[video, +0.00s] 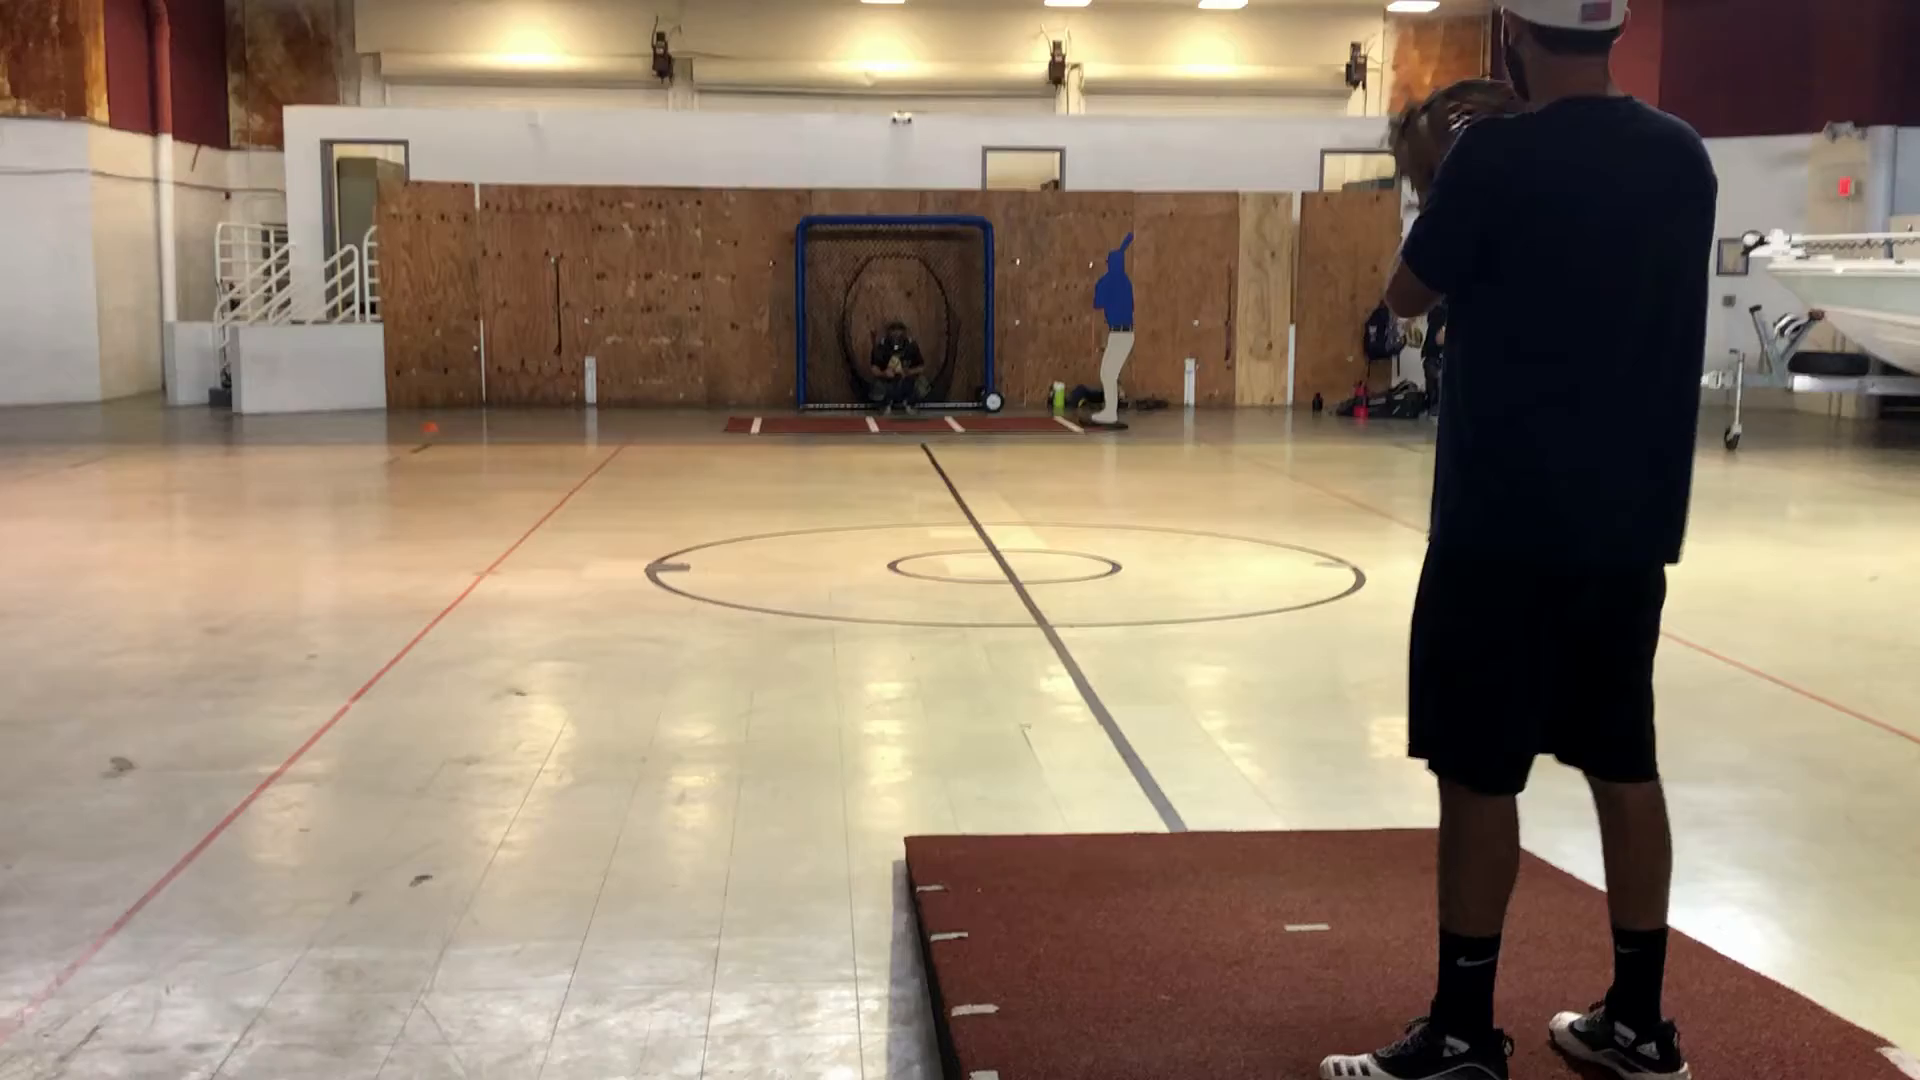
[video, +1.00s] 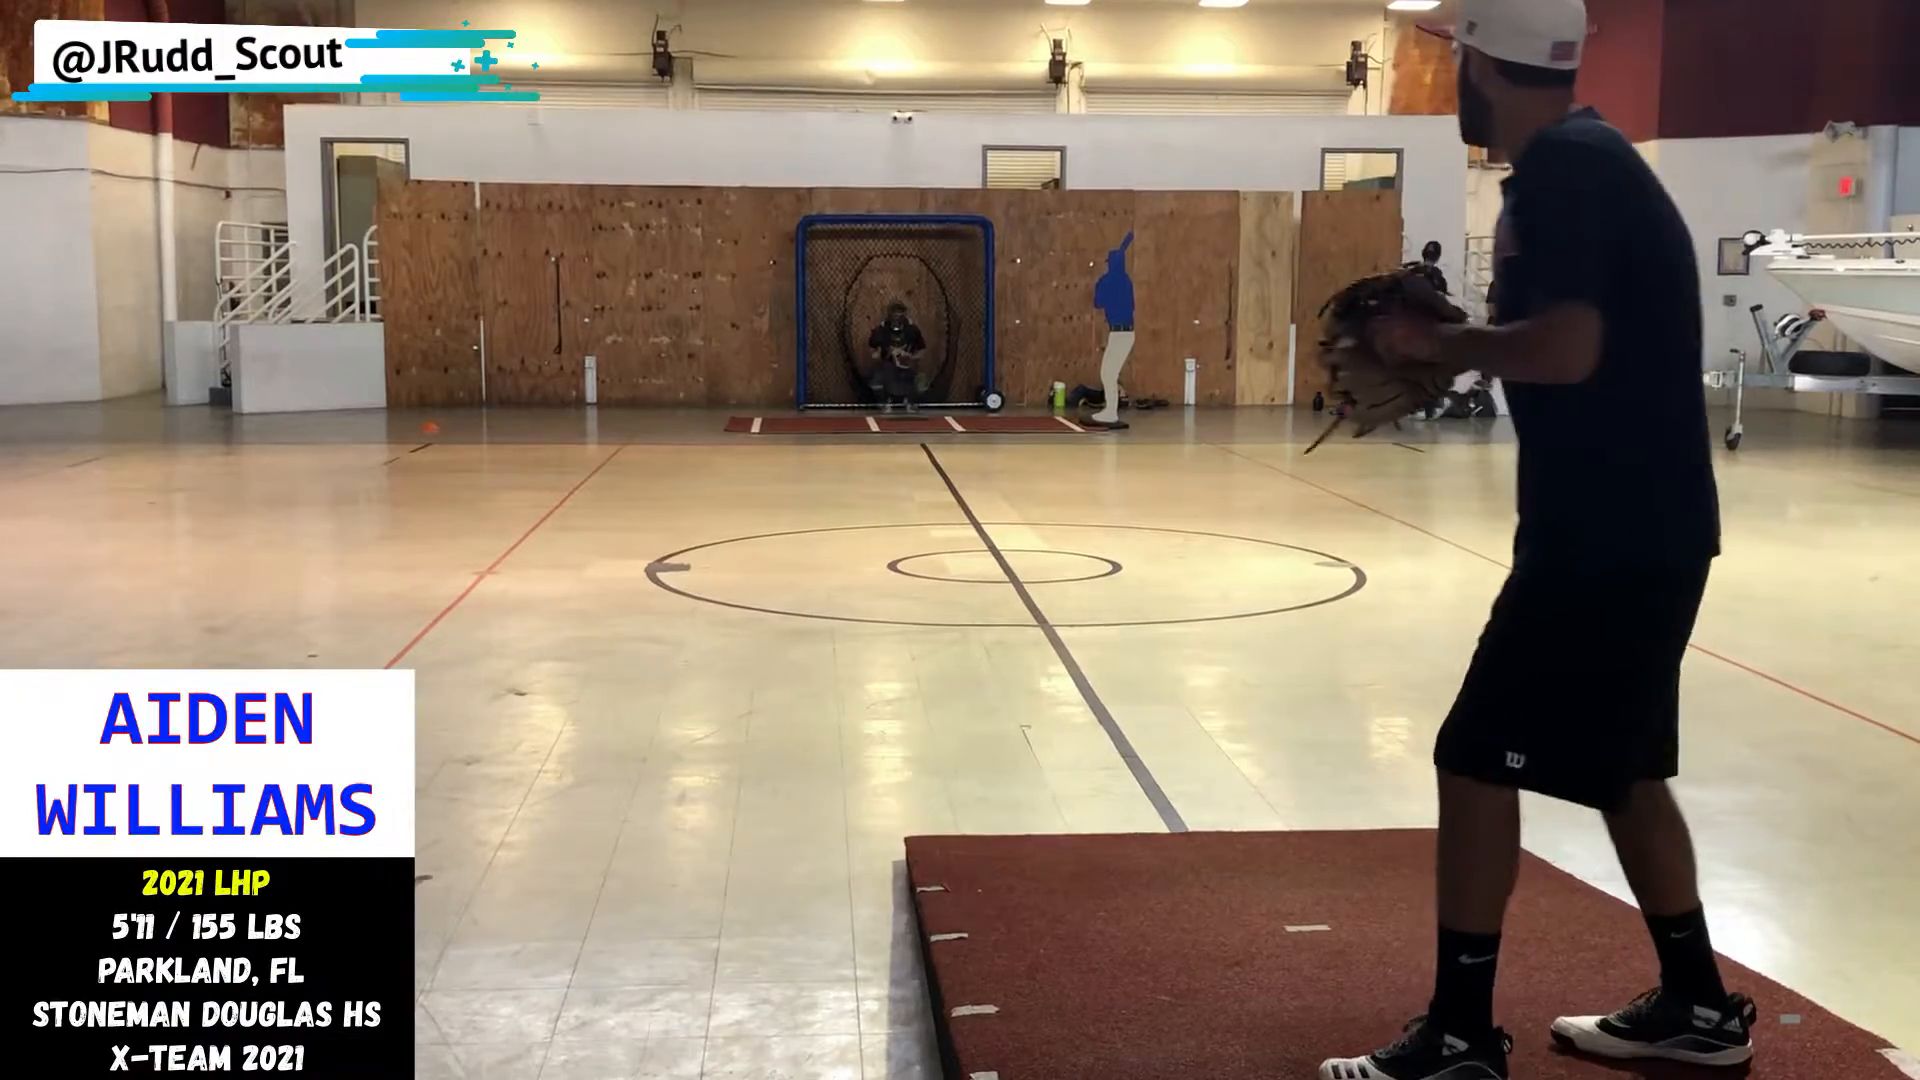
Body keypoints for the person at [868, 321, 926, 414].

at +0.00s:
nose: (897, 337)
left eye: (900, 333)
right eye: (893, 333)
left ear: (904, 334)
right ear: (889, 334)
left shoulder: (911, 346)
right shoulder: (881, 347)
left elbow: (920, 367)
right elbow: (874, 368)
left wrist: (907, 372)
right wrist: (884, 373)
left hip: (906, 380)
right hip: (888, 380)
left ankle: (909, 403)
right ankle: (887, 405)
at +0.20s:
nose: (897, 338)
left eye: (900, 335)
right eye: (894, 335)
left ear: (905, 335)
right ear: (888, 335)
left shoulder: (912, 346)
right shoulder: (881, 347)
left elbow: (921, 367)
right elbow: (874, 369)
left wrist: (907, 372)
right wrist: (885, 373)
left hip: (906, 381)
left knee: (922, 381)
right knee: (878, 383)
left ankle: (909, 403)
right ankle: (887, 405)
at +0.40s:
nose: (897, 338)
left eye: (900, 335)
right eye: (894, 335)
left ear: (905, 334)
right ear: (888, 335)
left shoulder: (912, 345)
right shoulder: (881, 347)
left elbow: (921, 367)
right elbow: (874, 369)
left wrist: (907, 371)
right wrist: (885, 373)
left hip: (906, 382)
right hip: (888, 382)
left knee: (923, 382)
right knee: (878, 383)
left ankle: (909, 403)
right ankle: (887, 405)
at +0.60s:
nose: (897, 338)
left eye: (900, 335)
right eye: (894, 335)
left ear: (905, 334)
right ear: (889, 334)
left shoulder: (912, 345)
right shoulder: (881, 347)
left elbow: (921, 367)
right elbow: (874, 368)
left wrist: (907, 371)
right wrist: (884, 373)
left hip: (906, 380)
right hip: (888, 381)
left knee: (923, 382)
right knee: (878, 384)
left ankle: (909, 403)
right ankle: (886, 404)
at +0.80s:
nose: (897, 330)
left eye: (901, 327)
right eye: (894, 327)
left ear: (905, 329)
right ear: (890, 329)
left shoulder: (912, 344)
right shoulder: (883, 344)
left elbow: (921, 367)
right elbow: (875, 367)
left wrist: (909, 370)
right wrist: (885, 367)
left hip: (907, 378)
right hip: (889, 378)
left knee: (923, 383)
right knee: (879, 384)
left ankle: (910, 403)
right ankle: (886, 404)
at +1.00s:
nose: (898, 318)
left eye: (901, 315)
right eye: (895, 315)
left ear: (904, 315)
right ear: (889, 315)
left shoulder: (912, 330)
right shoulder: (880, 331)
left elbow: (922, 350)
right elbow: (874, 352)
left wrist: (910, 356)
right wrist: (887, 353)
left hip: (906, 365)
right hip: (888, 366)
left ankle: (909, 400)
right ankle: (887, 402)